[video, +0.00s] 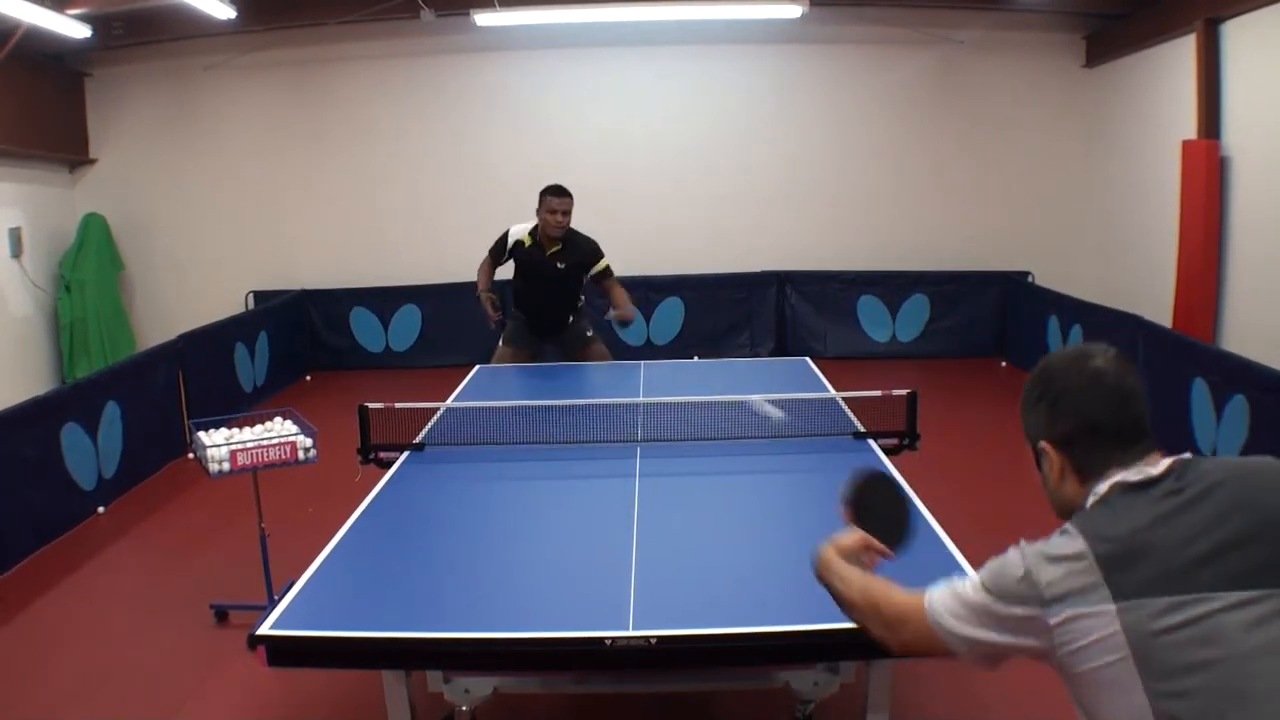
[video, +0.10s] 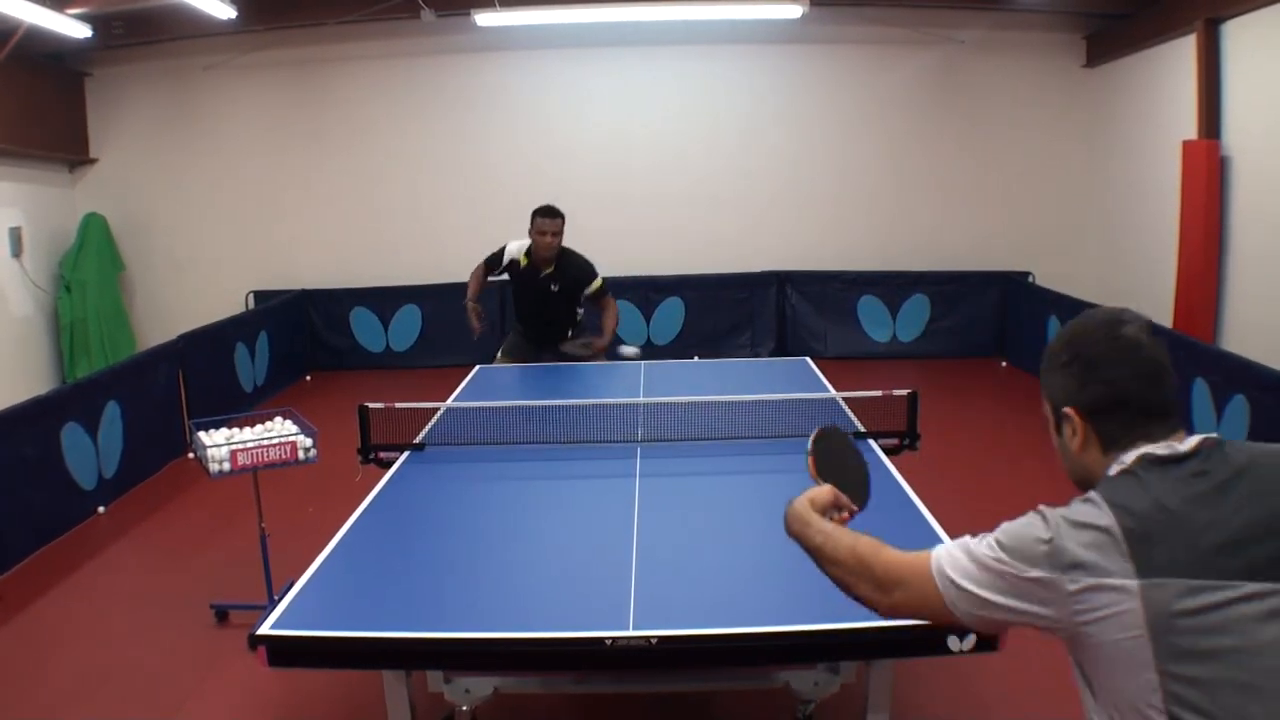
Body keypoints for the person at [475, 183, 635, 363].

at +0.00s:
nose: (559, 220)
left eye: (565, 214)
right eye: (552, 213)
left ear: (571, 215)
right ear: (538, 213)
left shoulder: (584, 247)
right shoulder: (517, 237)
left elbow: (610, 283)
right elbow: (489, 264)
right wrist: (483, 293)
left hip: (570, 323)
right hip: (525, 322)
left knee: (608, 375)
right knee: (497, 379)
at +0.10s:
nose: (549, 241)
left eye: (555, 235)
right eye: (542, 234)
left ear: (562, 235)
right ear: (530, 233)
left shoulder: (577, 266)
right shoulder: (514, 254)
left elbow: (608, 302)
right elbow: (481, 270)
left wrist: (605, 339)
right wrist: (471, 302)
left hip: (567, 342)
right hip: (523, 338)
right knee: (498, 382)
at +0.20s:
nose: (537, 261)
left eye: (543, 255)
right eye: (530, 254)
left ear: (551, 253)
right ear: (520, 251)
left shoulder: (567, 278)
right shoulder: (508, 265)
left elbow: (603, 320)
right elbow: (467, 278)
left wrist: (571, 349)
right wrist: (461, 304)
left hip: (569, 345)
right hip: (526, 342)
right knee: (492, 380)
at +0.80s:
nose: (547, 193)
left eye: (553, 187)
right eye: (541, 187)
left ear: (563, 190)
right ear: (531, 190)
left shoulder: (581, 224)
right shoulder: (515, 225)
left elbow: (610, 257)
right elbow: (501, 260)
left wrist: (624, 283)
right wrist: (501, 289)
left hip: (570, 315)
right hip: (525, 314)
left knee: (597, 378)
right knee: (498, 378)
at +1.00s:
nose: (546, 195)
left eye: (553, 190)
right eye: (540, 190)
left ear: (562, 194)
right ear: (531, 193)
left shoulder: (579, 232)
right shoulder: (512, 226)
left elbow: (595, 273)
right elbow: (481, 258)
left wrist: (589, 311)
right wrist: (486, 283)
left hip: (563, 322)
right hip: (518, 319)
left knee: (596, 378)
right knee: (491, 379)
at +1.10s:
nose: (524, 199)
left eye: (531, 194)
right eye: (518, 194)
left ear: (541, 199)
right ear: (510, 198)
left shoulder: (560, 235)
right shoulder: (493, 234)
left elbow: (579, 276)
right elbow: (468, 267)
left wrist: (568, 319)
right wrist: (468, 288)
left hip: (552, 328)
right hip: (507, 328)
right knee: (488, 385)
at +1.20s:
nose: (494, 197)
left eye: (501, 191)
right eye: (488, 192)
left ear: (513, 196)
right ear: (481, 196)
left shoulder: (535, 232)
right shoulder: (468, 238)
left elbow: (558, 275)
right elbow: (454, 272)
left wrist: (555, 324)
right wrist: (447, 291)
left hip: (531, 325)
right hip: (489, 325)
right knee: (481, 384)